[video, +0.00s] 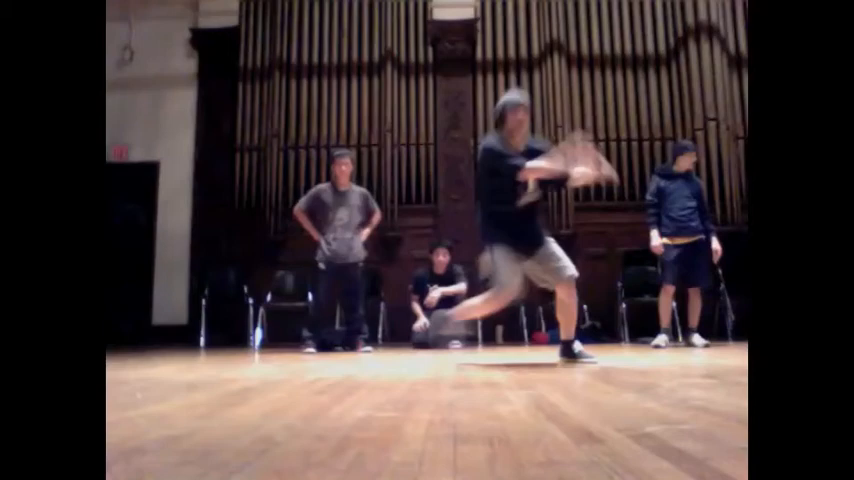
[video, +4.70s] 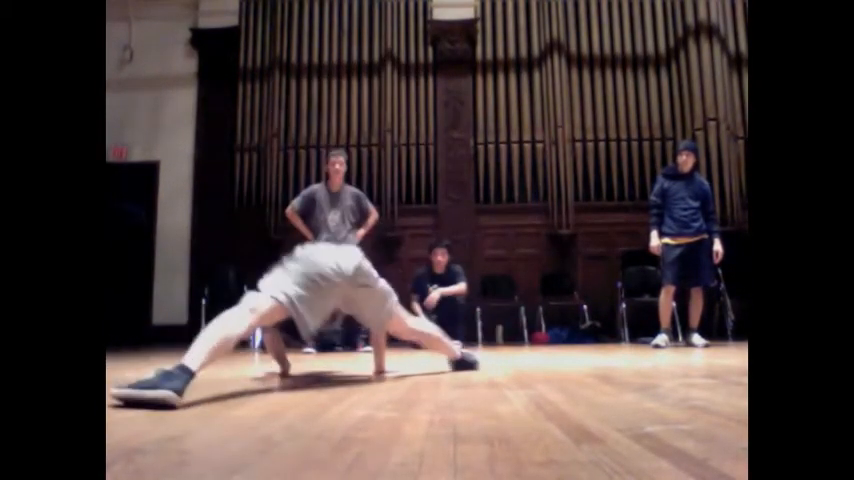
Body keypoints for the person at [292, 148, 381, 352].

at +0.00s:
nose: (342, 169)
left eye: (346, 165)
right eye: (339, 165)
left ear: (352, 169)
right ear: (332, 168)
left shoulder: (361, 194)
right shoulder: (321, 191)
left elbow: (377, 213)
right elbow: (298, 210)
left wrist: (365, 233)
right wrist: (316, 236)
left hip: (353, 250)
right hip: (328, 250)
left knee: (354, 301)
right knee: (323, 301)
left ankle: (355, 339)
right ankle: (319, 340)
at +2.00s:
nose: (333, 171)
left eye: (337, 167)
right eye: (330, 166)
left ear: (342, 171)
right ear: (324, 170)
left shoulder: (351, 194)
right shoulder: (313, 192)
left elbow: (367, 216)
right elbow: (289, 212)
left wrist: (354, 237)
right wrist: (309, 235)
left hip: (346, 256)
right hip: (321, 255)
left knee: (349, 300)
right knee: (320, 300)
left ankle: (348, 338)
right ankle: (318, 337)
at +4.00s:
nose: (337, 169)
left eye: (341, 165)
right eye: (334, 165)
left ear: (347, 169)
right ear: (327, 168)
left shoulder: (351, 195)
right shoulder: (316, 191)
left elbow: (373, 220)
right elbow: (291, 211)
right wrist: (312, 238)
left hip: (345, 251)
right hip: (324, 250)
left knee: (339, 293)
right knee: (318, 294)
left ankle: (338, 337)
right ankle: (313, 337)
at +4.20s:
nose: (337, 167)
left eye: (341, 163)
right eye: (334, 163)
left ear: (346, 167)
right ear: (326, 167)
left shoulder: (354, 194)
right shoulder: (314, 192)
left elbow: (373, 214)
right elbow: (290, 211)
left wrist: (360, 234)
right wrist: (307, 233)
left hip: (350, 259)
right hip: (318, 257)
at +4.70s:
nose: (337, 167)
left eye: (340, 164)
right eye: (334, 163)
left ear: (345, 167)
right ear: (326, 167)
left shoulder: (354, 194)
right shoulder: (314, 192)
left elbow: (373, 214)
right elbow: (291, 212)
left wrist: (360, 233)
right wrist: (310, 236)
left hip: (349, 248)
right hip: (320, 248)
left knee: (359, 294)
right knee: (316, 294)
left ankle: (353, 340)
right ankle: (313, 340)